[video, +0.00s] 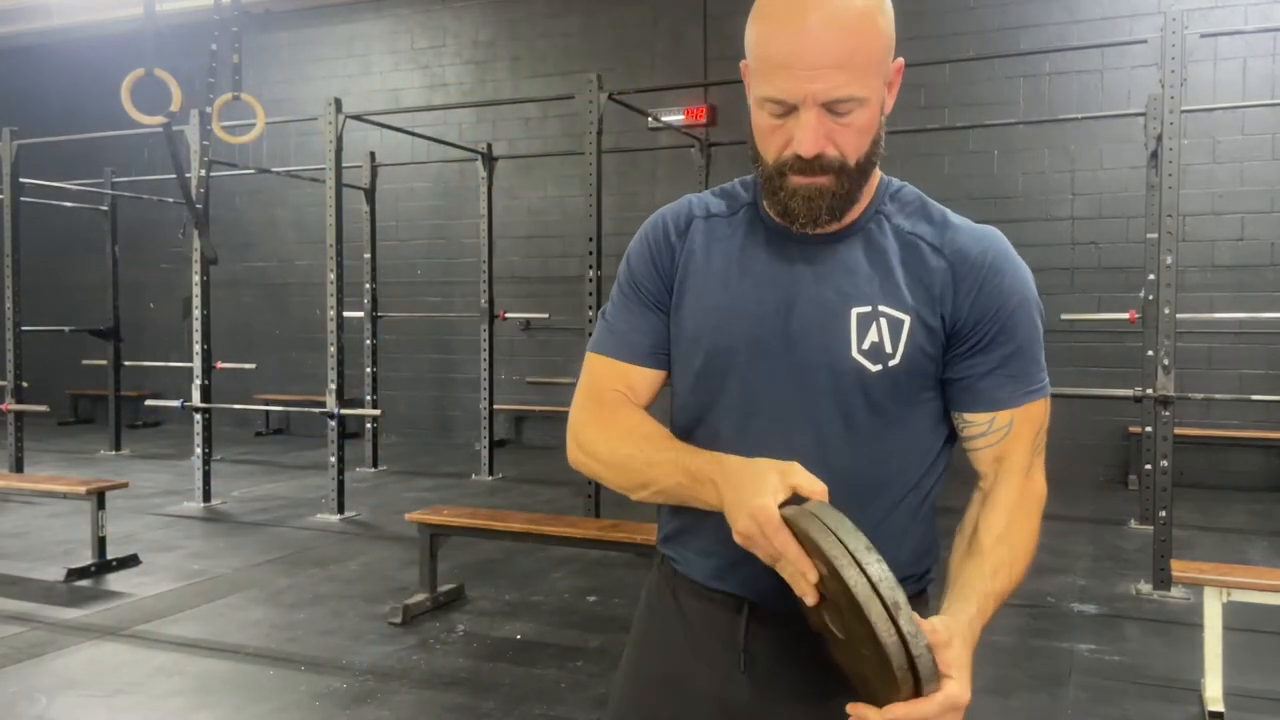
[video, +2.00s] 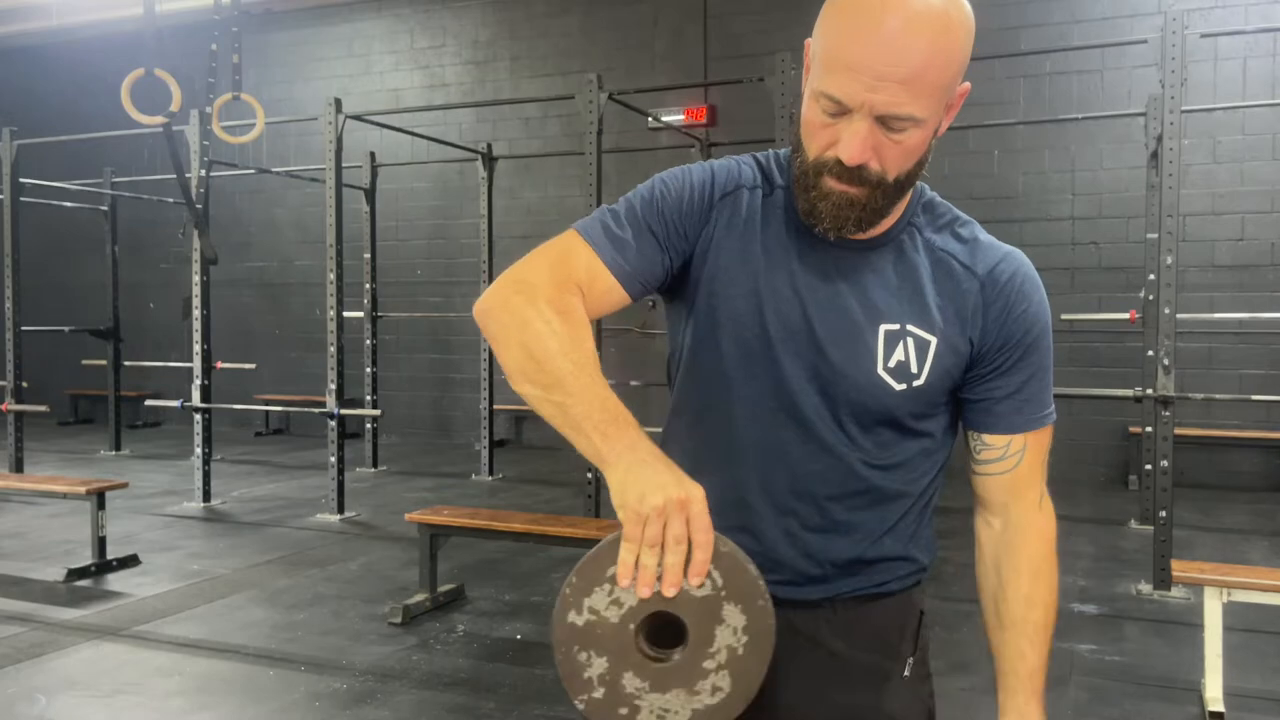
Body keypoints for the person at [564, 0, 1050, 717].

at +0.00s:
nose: (807, 142)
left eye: (840, 108)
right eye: (779, 109)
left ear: (891, 88)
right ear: (746, 84)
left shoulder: (970, 269)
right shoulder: (676, 243)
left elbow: (1014, 475)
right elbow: (595, 428)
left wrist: (958, 624)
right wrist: (721, 478)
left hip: (870, 658)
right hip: (688, 636)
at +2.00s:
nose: (851, 152)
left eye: (893, 124)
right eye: (833, 107)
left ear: (950, 112)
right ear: (803, 67)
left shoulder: (993, 290)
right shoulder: (703, 207)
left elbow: (1013, 511)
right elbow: (518, 304)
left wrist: (1022, 705)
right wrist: (631, 460)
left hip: (863, 644)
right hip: (691, 627)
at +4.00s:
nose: (760, 207)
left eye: (756, 197)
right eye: (759, 197)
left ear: (676, 203)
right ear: (750, 197)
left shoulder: (606, 283)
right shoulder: (763, 274)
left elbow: (564, 419)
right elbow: (773, 417)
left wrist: (620, 488)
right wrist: (813, 562)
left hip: (624, 536)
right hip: (728, 547)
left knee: (620, 709)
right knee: (749, 705)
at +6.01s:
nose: (976, 249)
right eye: (977, 242)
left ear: (927, 246)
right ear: (976, 245)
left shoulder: (890, 296)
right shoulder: (998, 296)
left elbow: (849, 372)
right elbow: (1017, 384)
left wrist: (853, 423)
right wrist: (1044, 454)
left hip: (911, 448)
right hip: (972, 450)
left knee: (932, 560)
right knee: (958, 578)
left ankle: (951, 664)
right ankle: (942, 703)